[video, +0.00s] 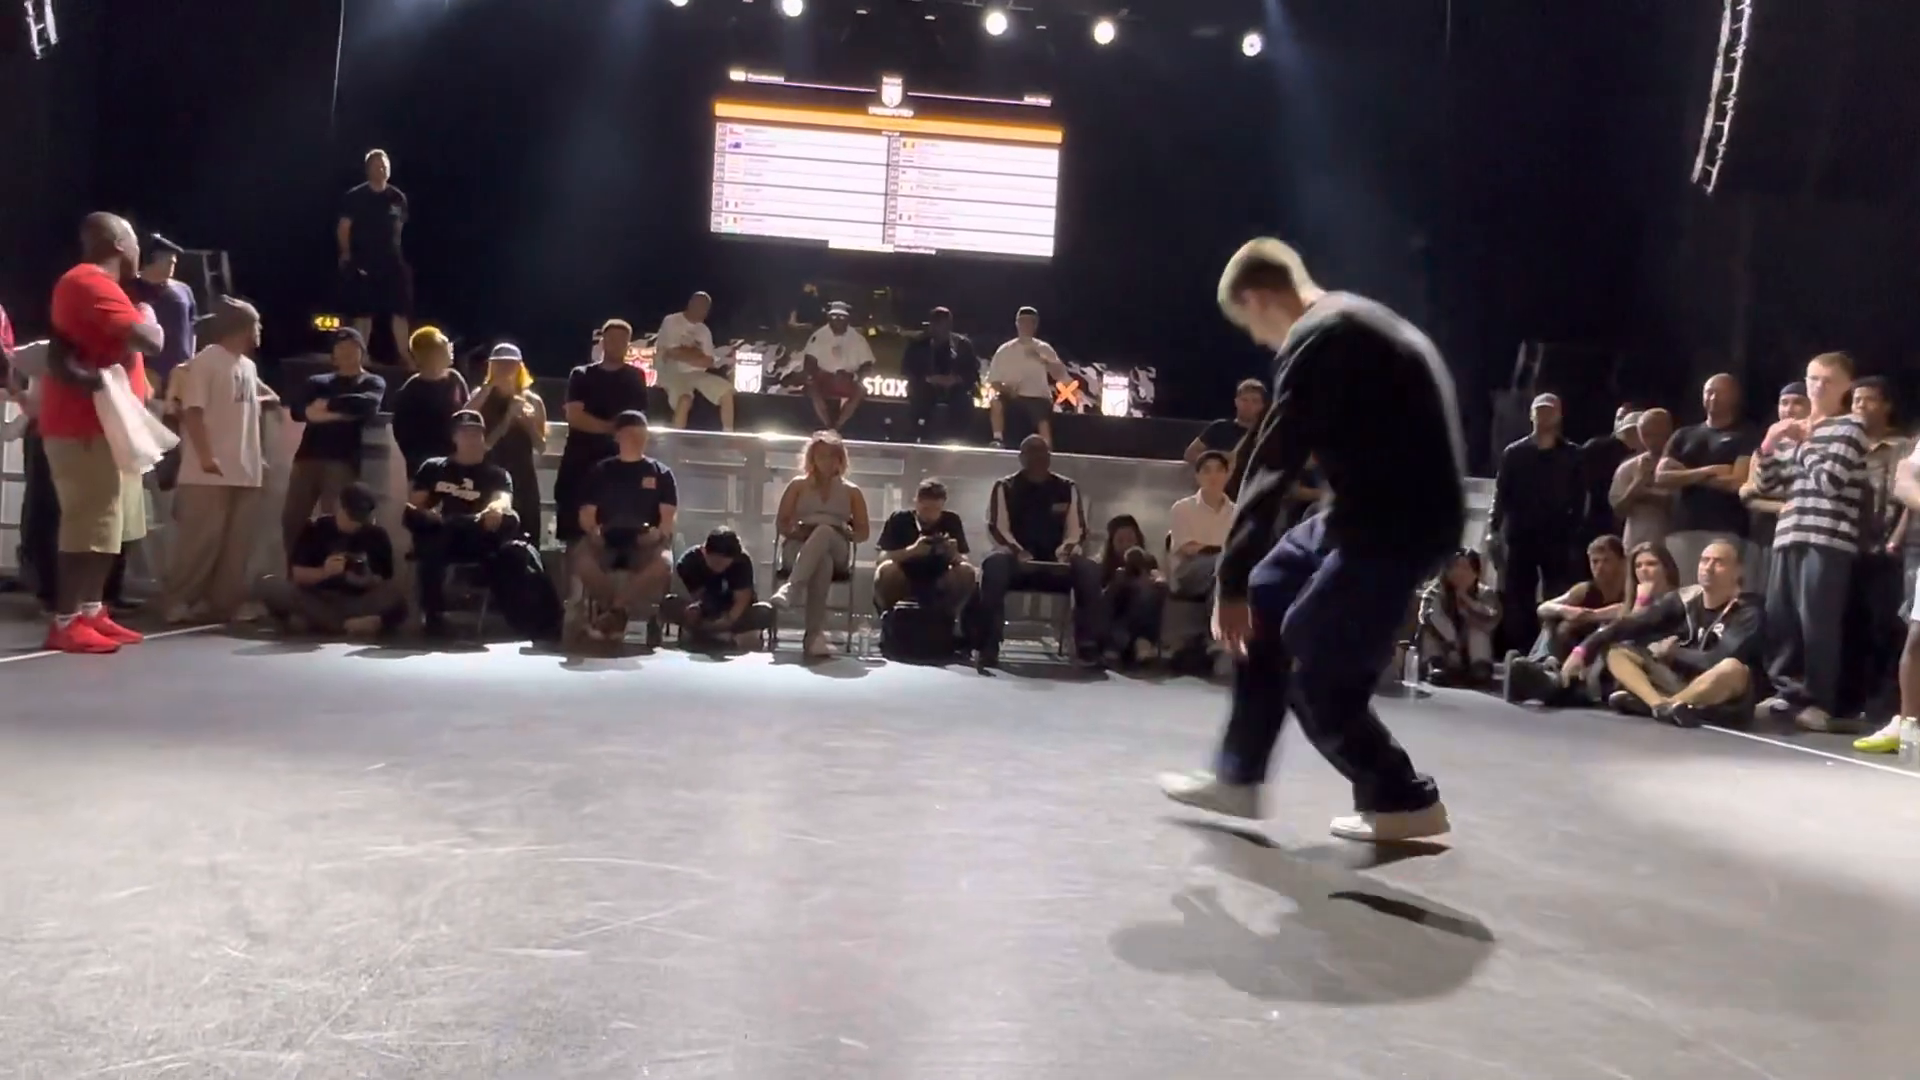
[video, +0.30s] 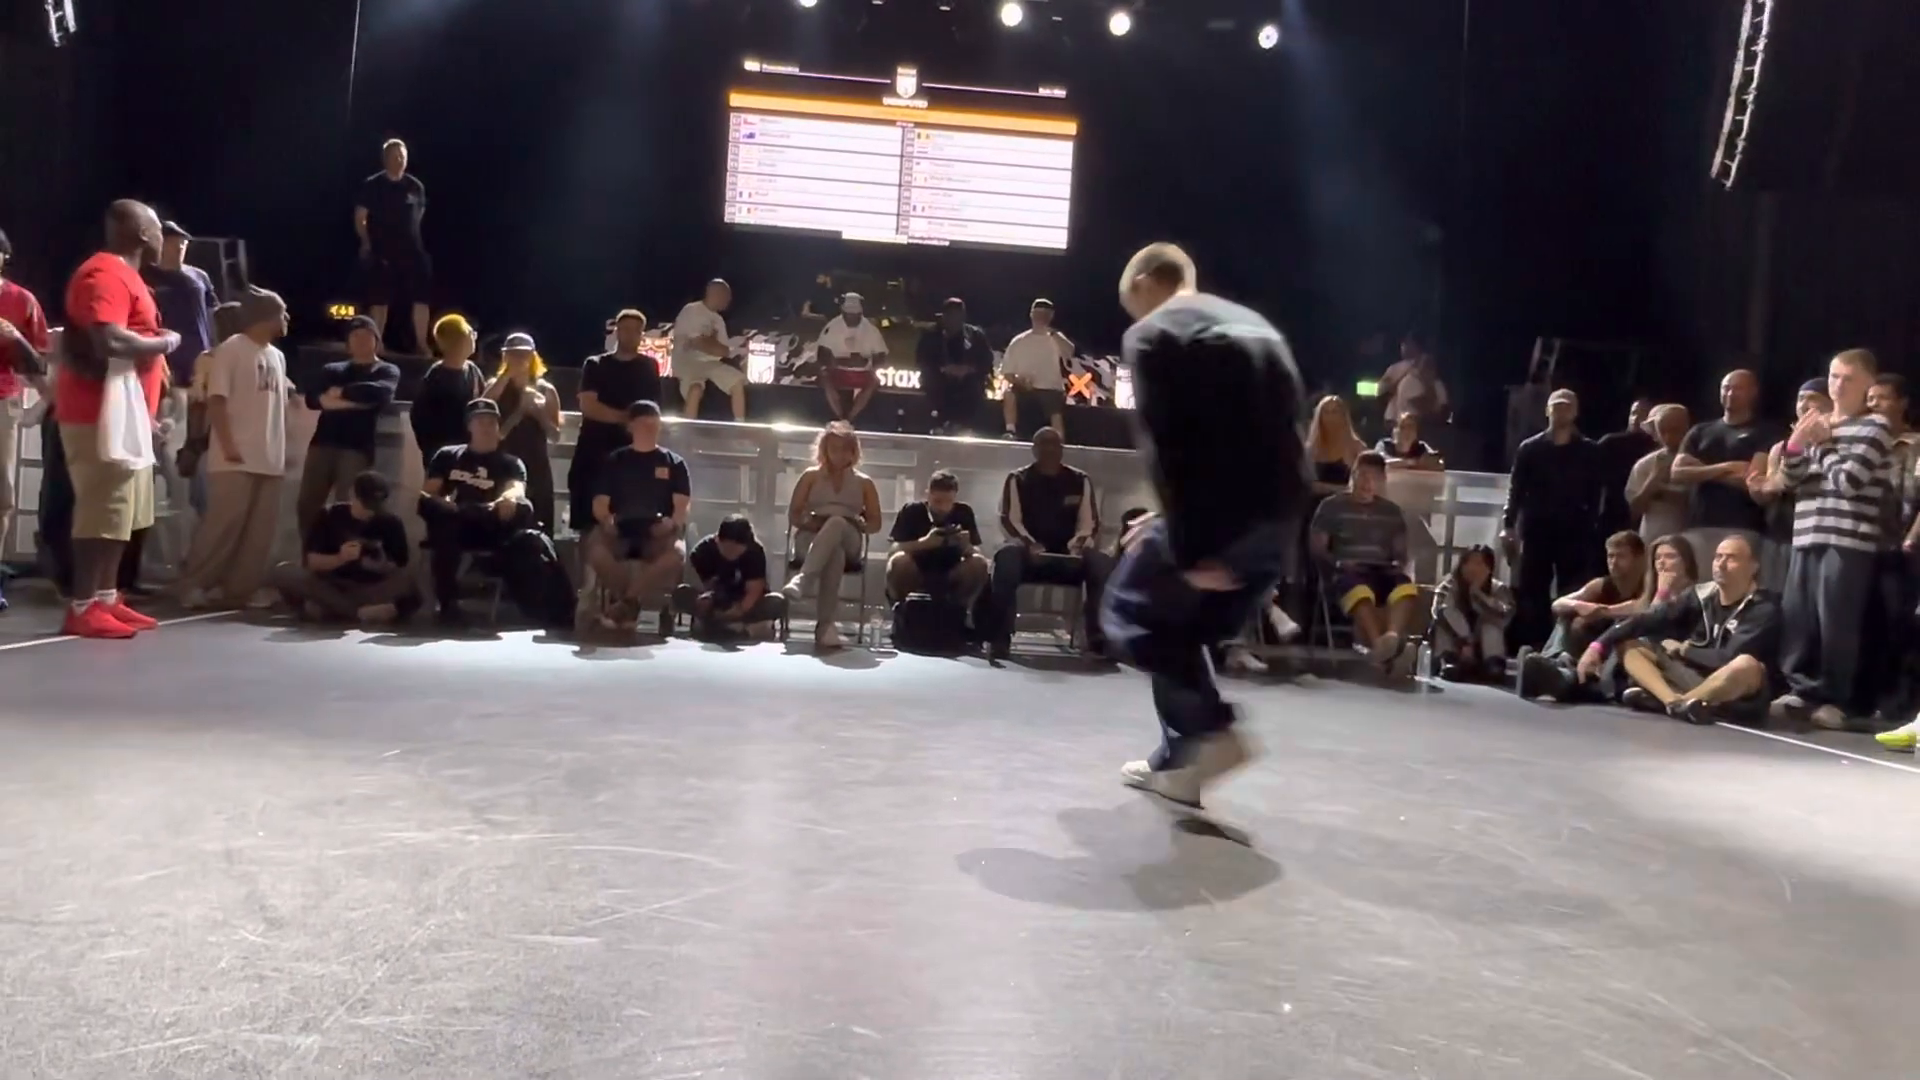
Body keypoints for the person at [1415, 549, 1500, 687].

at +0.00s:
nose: (1460, 573)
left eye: (1466, 569)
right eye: (1455, 567)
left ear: (1476, 574)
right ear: (1447, 571)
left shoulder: (1486, 594)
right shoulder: (1434, 593)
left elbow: (1490, 620)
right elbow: (1429, 617)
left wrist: (1466, 599)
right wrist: (1453, 641)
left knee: (1477, 623)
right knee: (1428, 628)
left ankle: (1480, 664)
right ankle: (1434, 664)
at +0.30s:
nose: (1472, 569)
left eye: (1479, 564)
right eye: (1468, 563)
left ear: (1489, 570)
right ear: (1461, 566)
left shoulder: (1499, 589)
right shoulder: (1449, 586)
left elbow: (1504, 614)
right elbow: (1442, 611)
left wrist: (1477, 593)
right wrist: (1465, 640)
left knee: (1490, 624)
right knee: (1444, 622)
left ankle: (1494, 662)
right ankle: (1447, 661)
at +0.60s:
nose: (1480, 568)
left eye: (1487, 563)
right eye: (1476, 561)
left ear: (1497, 569)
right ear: (1469, 564)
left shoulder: (1506, 587)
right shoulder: (1456, 584)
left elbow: (1512, 613)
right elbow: (1450, 610)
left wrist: (1484, 592)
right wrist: (1472, 639)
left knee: (1497, 623)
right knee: (1452, 620)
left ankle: (1501, 660)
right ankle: (1454, 660)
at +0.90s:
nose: (1485, 568)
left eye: (1492, 563)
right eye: (1481, 561)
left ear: (1503, 569)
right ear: (1474, 564)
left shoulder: (1512, 587)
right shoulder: (1461, 584)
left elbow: (1517, 613)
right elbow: (1454, 609)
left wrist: (1490, 593)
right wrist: (1477, 638)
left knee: (1502, 623)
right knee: (1457, 619)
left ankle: (1506, 660)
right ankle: (1459, 659)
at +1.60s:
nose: (1497, 562)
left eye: (1503, 557)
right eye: (1492, 556)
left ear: (1513, 564)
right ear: (1485, 559)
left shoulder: (1522, 582)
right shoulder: (1471, 580)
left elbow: (1528, 607)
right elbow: (1465, 604)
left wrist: (1500, 587)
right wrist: (1489, 633)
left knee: (1513, 619)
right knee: (1466, 615)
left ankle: (1517, 657)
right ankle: (1469, 655)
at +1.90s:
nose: (1502, 560)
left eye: (1508, 555)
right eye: (1497, 554)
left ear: (1518, 561)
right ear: (1490, 556)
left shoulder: (1527, 580)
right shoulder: (1476, 577)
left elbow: (1533, 606)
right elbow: (1470, 602)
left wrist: (1505, 585)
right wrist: (1493, 631)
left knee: (1518, 616)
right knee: (1471, 612)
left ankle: (1521, 655)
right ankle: (1474, 652)